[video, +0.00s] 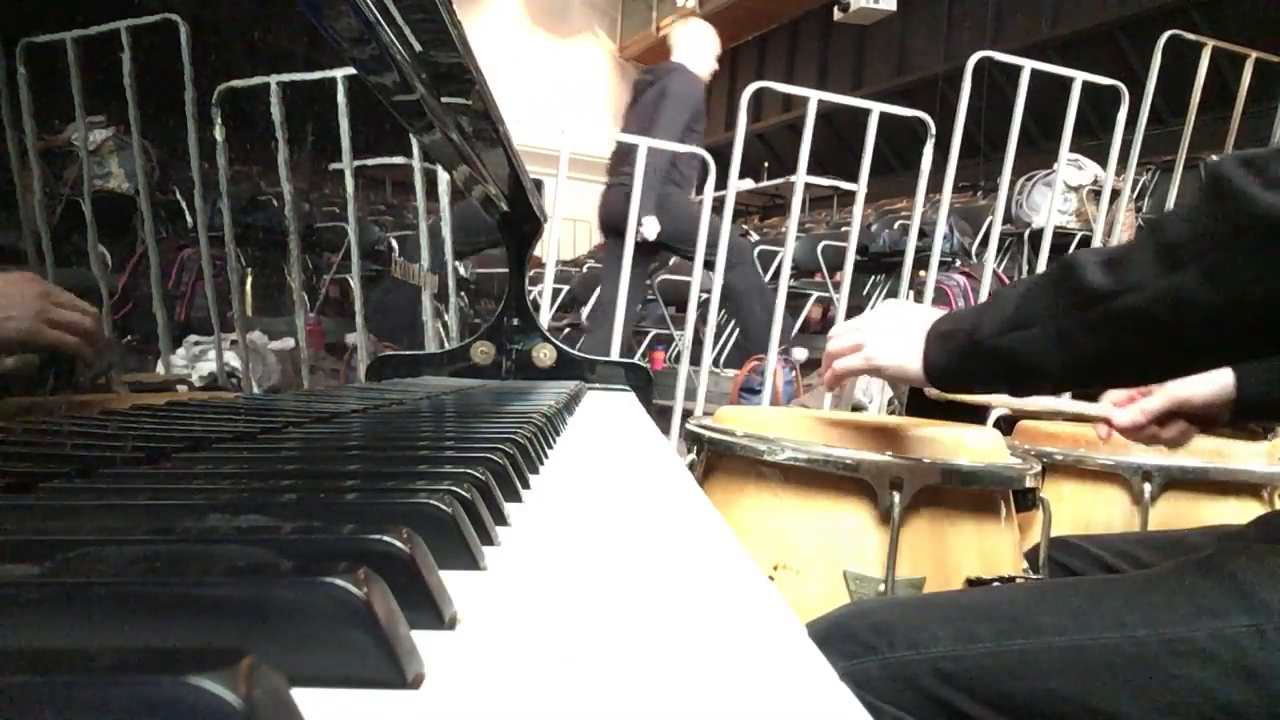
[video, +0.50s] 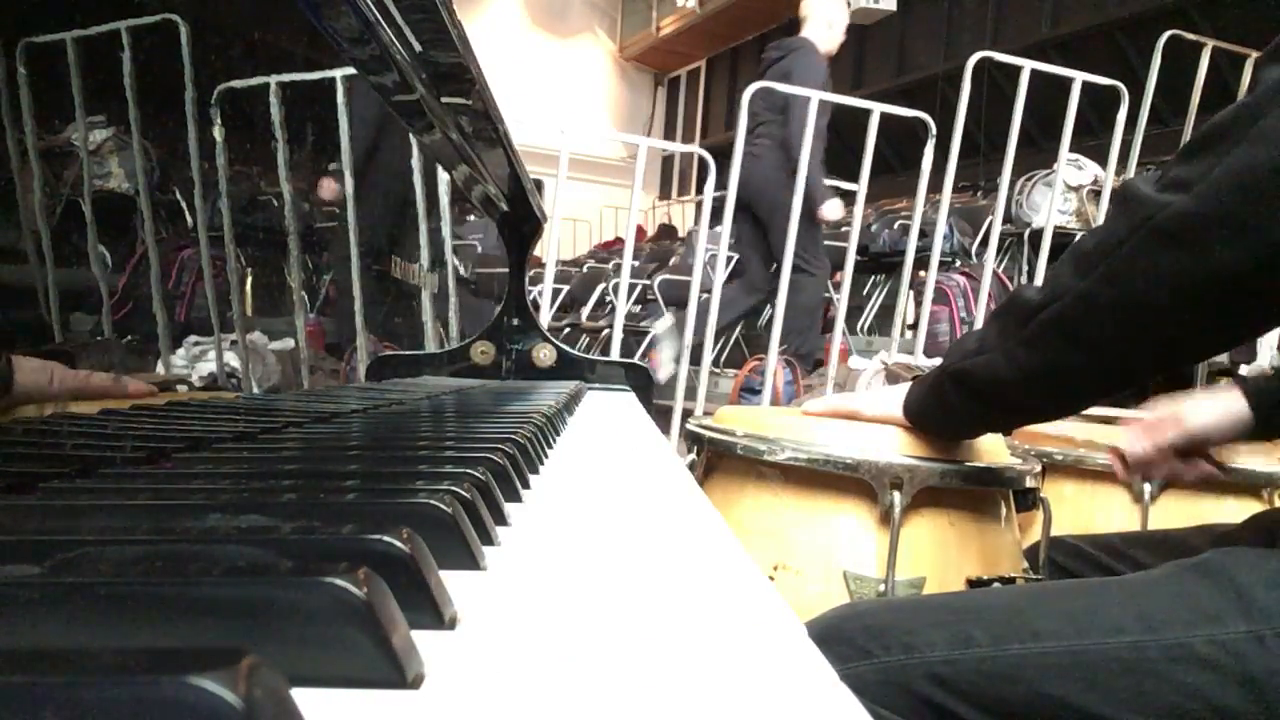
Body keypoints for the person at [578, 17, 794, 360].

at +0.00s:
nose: (716, 65)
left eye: (717, 57)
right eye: (714, 56)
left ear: (676, 49)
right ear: (699, 51)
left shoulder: (651, 84)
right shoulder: (685, 82)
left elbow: (634, 149)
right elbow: (658, 147)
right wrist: (645, 208)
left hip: (617, 198)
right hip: (653, 199)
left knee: (617, 302)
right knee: (734, 253)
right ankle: (770, 351)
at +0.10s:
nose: (739, 73)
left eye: (740, 66)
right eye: (738, 65)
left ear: (702, 56)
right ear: (725, 60)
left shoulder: (675, 91)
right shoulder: (712, 91)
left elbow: (653, 155)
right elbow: (682, 154)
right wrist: (668, 215)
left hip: (647, 211)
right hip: (682, 209)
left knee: (636, 307)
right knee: (757, 264)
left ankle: (598, 383)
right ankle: (793, 358)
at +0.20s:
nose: (772, 71)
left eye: (772, 63)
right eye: (771, 62)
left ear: (732, 59)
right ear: (761, 62)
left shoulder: (704, 94)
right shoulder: (747, 94)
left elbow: (685, 157)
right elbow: (725, 154)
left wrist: (737, 196)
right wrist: (714, 224)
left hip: (666, 208)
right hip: (703, 207)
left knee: (643, 307)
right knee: (781, 265)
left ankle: (600, 387)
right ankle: (793, 373)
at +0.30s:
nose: (805, 63)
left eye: (805, 55)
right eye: (805, 54)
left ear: (765, 47)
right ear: (794, 52)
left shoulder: (739, 84)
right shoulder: (771, 87)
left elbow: (726, 152)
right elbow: (750, 148)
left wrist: (766, 197)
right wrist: (754, 210)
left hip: (695, 202)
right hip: (729, 203)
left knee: (667, 295)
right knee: (799, 264)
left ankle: (617, 377)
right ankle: (788, 363)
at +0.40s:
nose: (828, 52)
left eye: (829, 43)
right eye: (827, 42)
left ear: (791, 34)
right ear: (815, 38)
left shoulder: (762, 71)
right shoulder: (790, 72)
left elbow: (750, 138)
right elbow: (771, 135)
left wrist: (794, 190)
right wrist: (789, 197)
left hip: (724, 190)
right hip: (750, 190)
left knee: (708, 287)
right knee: (808, 267)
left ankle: (637, 364)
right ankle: (795, 362)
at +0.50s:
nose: (843, 37)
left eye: (844, 29)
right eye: (841, 27)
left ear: (807, 21)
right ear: (823, 22)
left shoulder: (781, 57)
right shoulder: (809, 60)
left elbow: (763, 127)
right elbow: (803, 133)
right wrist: (822, 195)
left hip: (745, 173)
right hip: (773, 174)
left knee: (757, 278)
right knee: (811, 266)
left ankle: (678, 331)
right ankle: (792, 368)